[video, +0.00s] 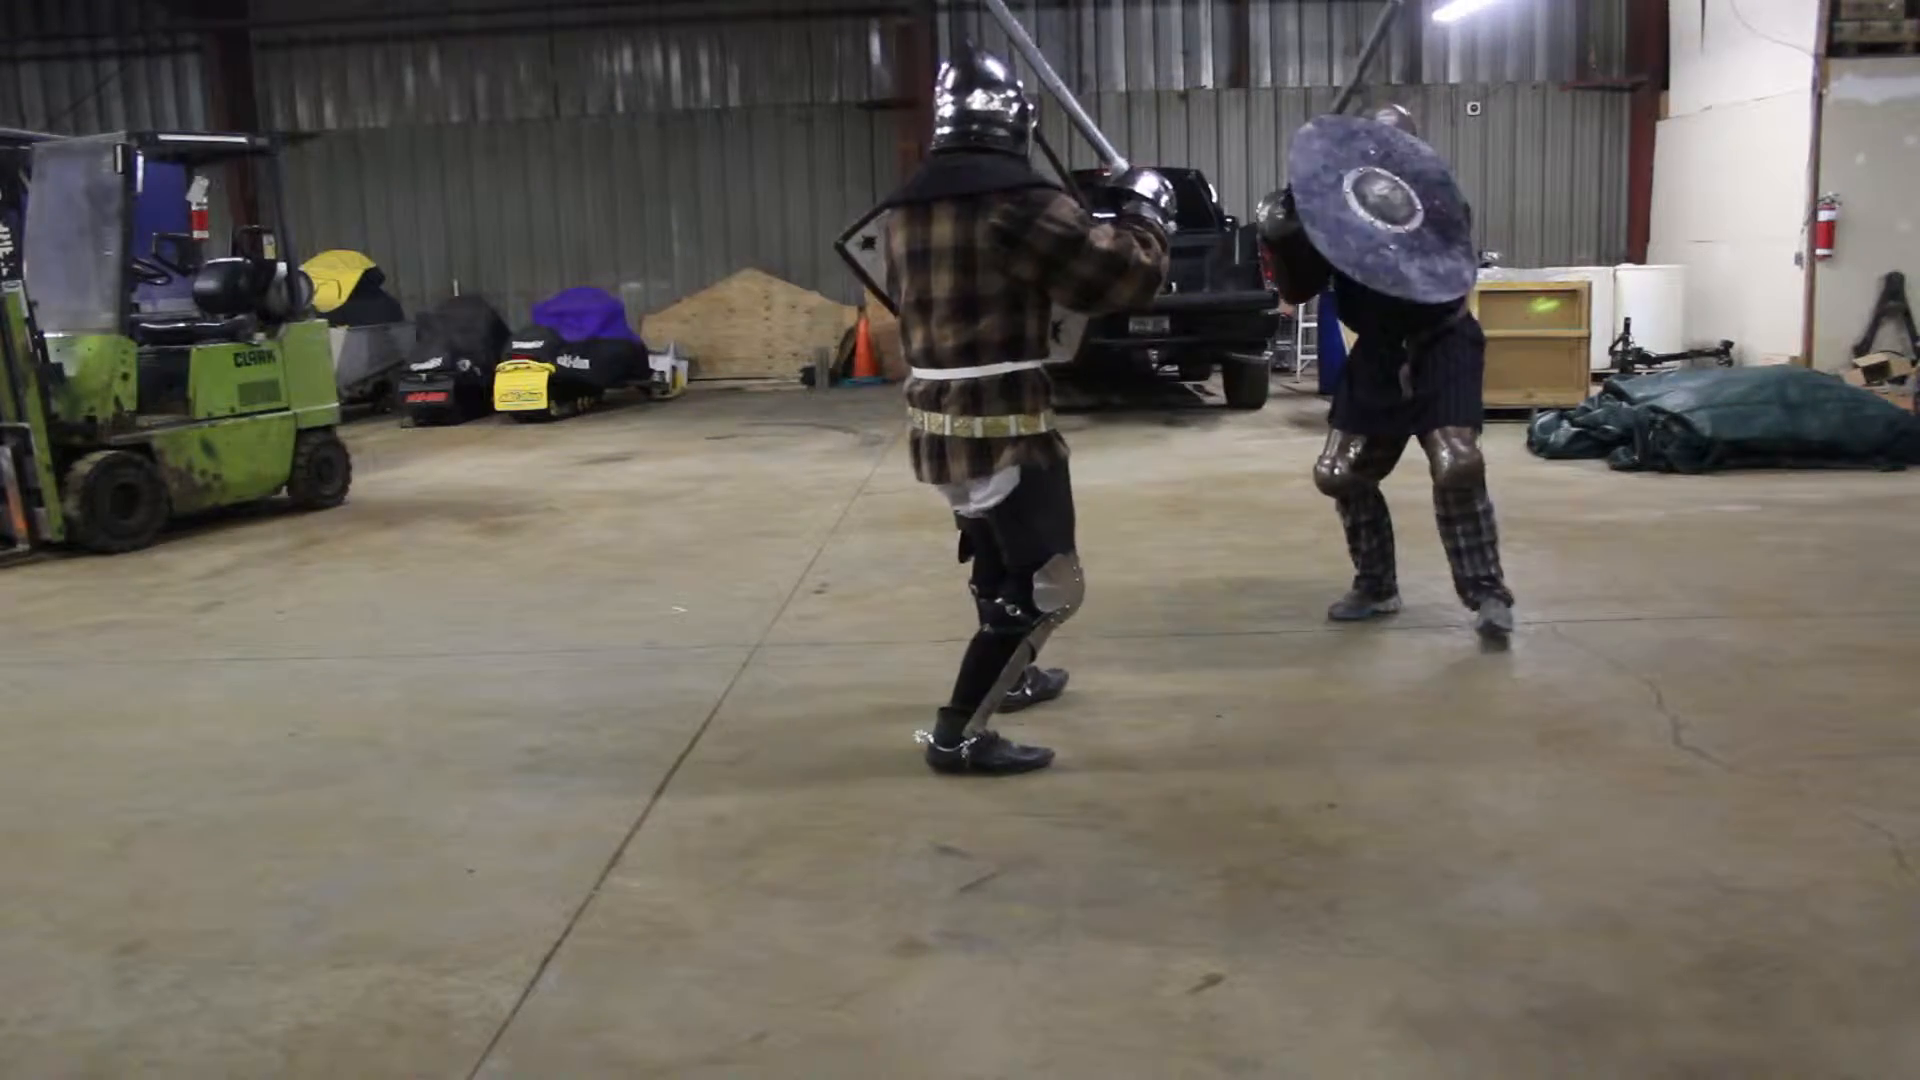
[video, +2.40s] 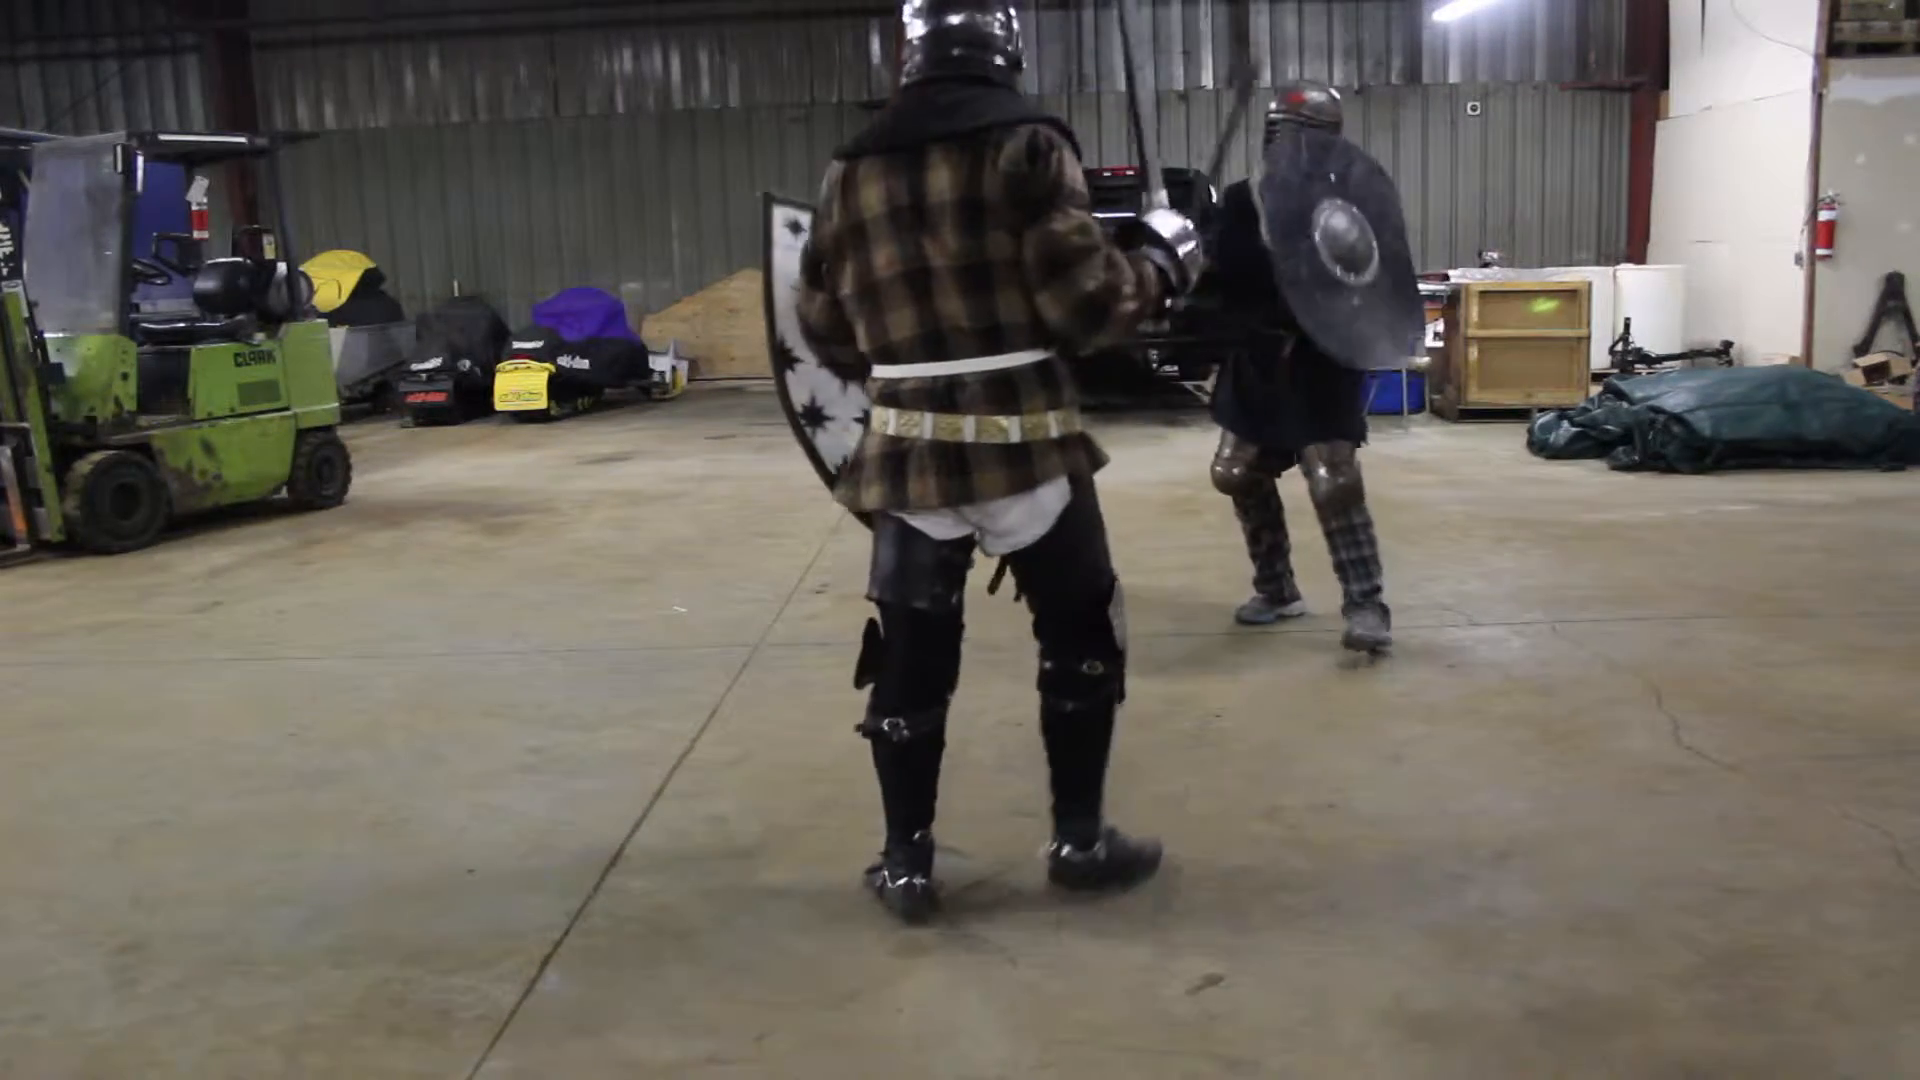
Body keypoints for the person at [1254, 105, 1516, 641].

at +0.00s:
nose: (1383, 157)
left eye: (1396, 146)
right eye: (1373, 147)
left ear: (1412, 149)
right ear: (1355, 152)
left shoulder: (1434, 199)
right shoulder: (1333, 201)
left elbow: (1459, 267)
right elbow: (1298, 291)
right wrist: (1281, 238)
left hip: (1445, 332)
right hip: (1378, 342)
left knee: (1457, 466)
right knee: (1340, 472)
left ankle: (1489, 597)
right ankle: (1376, 587)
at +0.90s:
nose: (1372, 131)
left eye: (1385, 120)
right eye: (1366, 119)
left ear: (1411, 127)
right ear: (1357, 124)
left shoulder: (1431, 185)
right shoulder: (1345, 184)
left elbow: (1436, 281)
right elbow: (1280, 247)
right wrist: (1263, 189)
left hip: (1428, 336)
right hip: (1360, 337)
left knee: (1428, 464)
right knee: (1328, 462)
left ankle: (1468, 595)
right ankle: (1351, 582)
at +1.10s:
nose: (1364, 198)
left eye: (1376, 190)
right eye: (1352, 191)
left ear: (1396, 193)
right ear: (1336, 194)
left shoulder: (1422, 225)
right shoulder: (1317, 232)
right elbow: (1304, 325)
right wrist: (1285, 275)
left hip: (1416, 358)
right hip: (1348, 360)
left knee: (1394, 468)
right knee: (1310, 495)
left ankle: (1393, 597)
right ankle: (1352, 576)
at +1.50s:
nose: (1371, 179)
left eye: (1382, 175)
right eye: (1360, 173)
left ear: (1401, 179)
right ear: (1338, 173)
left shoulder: (1419, 212)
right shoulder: (1306, 213)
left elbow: (1446, 279)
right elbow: (1261, 275)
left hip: (1396, 350)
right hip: (1322, 348)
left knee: (1382, 481)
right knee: (1328, 482)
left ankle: (1381, 623)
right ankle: (1346, 579)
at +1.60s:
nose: (1372, 139)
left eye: (1383, 130)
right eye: (1361, 129)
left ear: (1402, 128)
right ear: (1342, 130)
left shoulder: (1426, 167)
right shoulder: (1316, 175)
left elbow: (1459, 258)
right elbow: (1271, 217)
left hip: (1394, 349)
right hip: (1320, 343)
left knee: (1380, 481)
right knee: (1322, 474)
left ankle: (1381, 623)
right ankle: (1349, 577)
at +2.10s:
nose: (1356, 147)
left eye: (1369, 135)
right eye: (1345, 132)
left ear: (1384, 137)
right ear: (1318, 127)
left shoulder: (1394, 198)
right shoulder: (1284, 194)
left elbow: (1426, 283)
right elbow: (1242, 275)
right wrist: (1229, 260)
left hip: (1364, 361)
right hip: (1289, 355)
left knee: (1356, 488)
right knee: (1265, 478)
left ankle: (1377, 625)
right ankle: (1279, 588)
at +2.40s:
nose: (1281, 148)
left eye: (1297, 136)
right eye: (1275, 135)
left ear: (1329, 141)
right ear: (1267, 140)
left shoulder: (1351, 204)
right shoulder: (1244, 204)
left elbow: (1376, 284)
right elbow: (1220, 288)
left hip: (1328, 363)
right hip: (1258, 360)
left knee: (1332, 476)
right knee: (1238, 472)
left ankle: (1365, 606)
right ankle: (1277, 589)